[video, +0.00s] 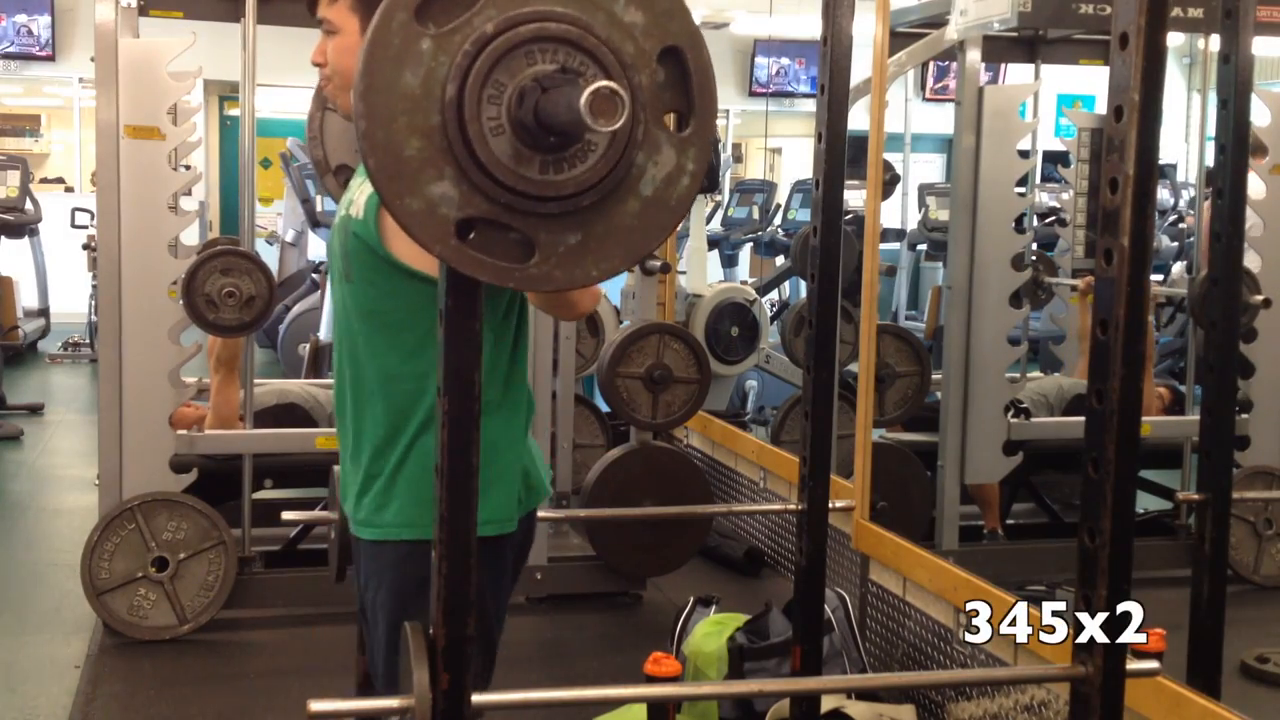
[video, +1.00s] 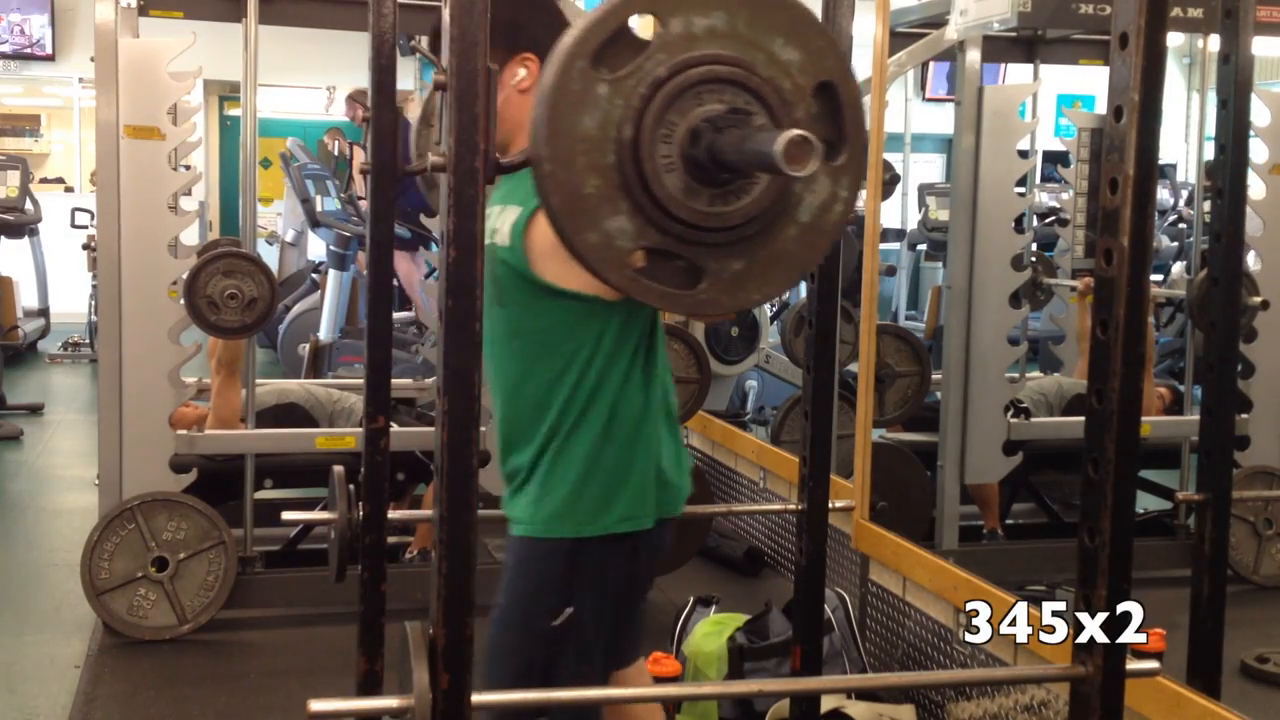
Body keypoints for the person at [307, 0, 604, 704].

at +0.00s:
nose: (316, 55)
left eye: (331, 31)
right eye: (320, 32)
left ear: (392, 42)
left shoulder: (404, 183)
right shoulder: (381, 179)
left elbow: (576, 298)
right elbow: (573, 296)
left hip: (435, 515)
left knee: (422, 704)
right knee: (418, 701)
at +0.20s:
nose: (325, 59)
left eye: (338, 32)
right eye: (329, 35)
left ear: (399, 42)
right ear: (380, 46)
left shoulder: (436, 179)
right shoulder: (390, 184)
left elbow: (590, 294)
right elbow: (587, 294)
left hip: (467, 513)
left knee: (444, 706)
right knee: (414, 705)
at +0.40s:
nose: (346, 54)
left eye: (361, 30)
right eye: (350, 32)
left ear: (422, 41)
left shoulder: (471, 168)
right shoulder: (412, 179)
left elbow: (618, 288)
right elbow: (508, 259)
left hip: (512, 512)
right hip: (466, 515)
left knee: (495, 705)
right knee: (468, 706)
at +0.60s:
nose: (376, 71)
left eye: (389, 47)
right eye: (377, 49)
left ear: (450, 62)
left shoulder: (465, 200)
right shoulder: (432, 199)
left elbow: (647, 303)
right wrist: (434, 504)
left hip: (515, 498)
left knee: (498, 694)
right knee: (569, 665)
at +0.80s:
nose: (414, 85)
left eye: (430, 64)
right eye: (415, 63)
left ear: (493, 68)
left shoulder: (516, 204)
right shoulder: (485, 198)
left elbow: (672, 297)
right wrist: (443, 502)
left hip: (549, 502)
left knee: (501, 703)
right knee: (606, 676)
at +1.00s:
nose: (472, 103)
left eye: (480, 81)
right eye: (473, 85)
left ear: (527, 74)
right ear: (527, 78)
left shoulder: (538, 201)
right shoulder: (530, 203)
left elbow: (667, 269)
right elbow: (662, 266)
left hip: (584, 505)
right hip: (601, 500)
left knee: (513, 704)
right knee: (619, 671)